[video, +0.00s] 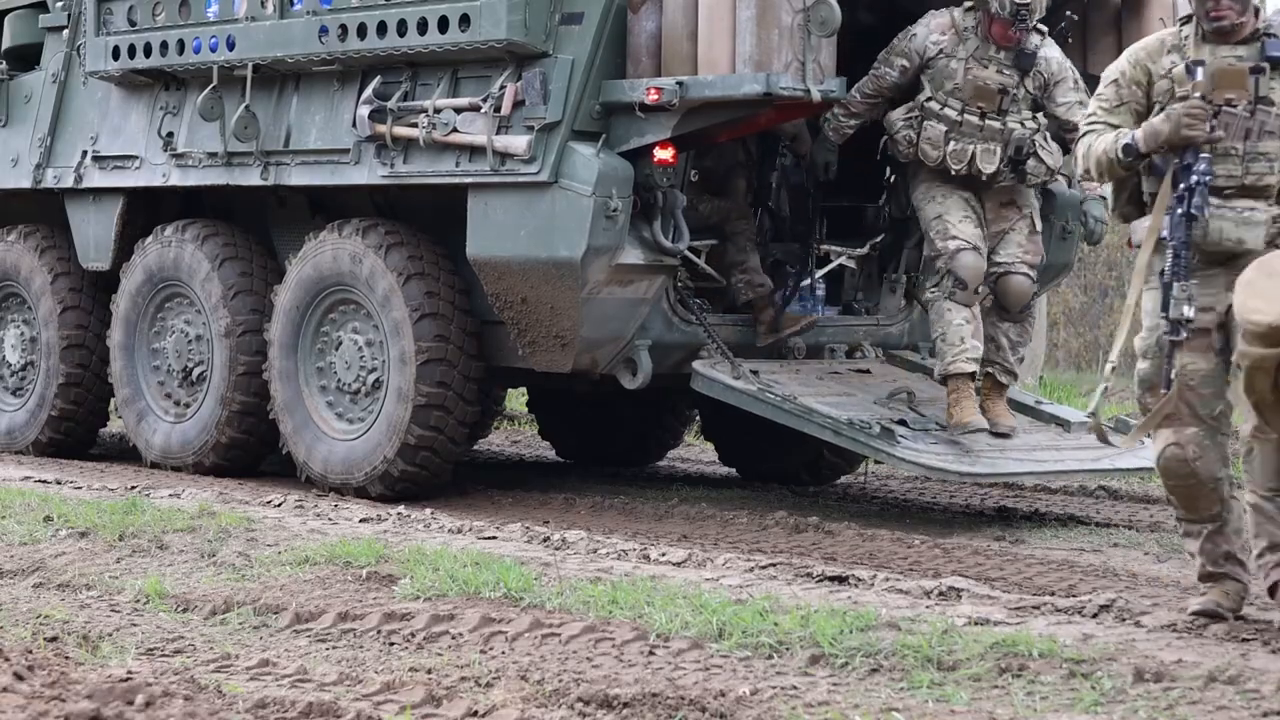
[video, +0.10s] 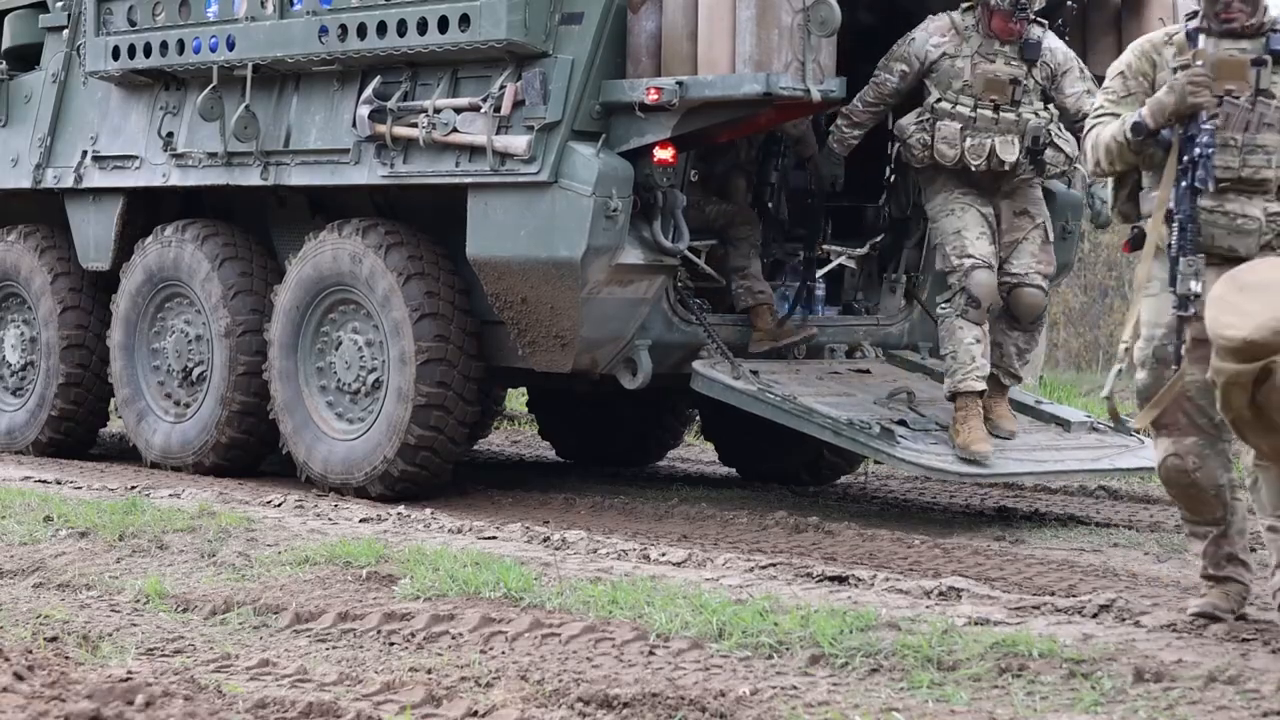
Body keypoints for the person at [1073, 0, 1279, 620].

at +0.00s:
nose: (1222, 6)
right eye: (1211, 0)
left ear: (1255, 4)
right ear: (1192, 3)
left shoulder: (1275, 51)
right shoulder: (1148, 58)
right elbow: (1089, 155)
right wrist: (1154, 133)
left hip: (1269, 265)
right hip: (1187, 266)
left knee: (1271, 428)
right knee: (1185, 448)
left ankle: (1269, 569)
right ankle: (1223, 579)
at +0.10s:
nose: (1236, 6)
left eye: (1247, 0)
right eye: (1223, 0)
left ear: (1265, 5)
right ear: (1200, 2)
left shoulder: (1278, 56)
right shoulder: (1152, 55)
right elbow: (1095, 153)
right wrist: (1157, 113)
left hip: (1269, 279)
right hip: (1181, 275)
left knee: (1272, 442)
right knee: (1185, 456)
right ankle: (1225, 577)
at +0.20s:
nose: (1243, 7)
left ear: (1271, 5)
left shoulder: (1277, 57)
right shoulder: (1160, 52)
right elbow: (1096, 157)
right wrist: (1148, 93)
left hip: (1268, 266)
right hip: (1179, 265)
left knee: (1262, 434)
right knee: (1178, 460)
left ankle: (1261, 559)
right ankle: (1235, 566)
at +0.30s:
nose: (1244, 8)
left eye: (1256, 0)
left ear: (1271, 5)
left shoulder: (1275, 56)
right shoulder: (1171, 51)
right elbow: (1095, 164)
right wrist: (1140, 85)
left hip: (1266, 270)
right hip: (1174, 270)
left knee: (1258, 430)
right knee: (1140, 452)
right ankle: (1220, 547)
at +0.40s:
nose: (1227, 6)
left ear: (1262, 3)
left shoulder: (1273, 55)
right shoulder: (1152, 55)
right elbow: (1095, 173)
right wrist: (1138, 99)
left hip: (1259, 280)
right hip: (1164, 278)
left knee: (1257, 444)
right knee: (1131, 431)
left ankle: (1251, 590)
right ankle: (1190, 590)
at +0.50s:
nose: (1200, 7)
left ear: (1242, 4)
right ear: (1171, 3)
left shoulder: (1269, 59)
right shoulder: (1132, 62)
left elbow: (1276, 193)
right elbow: (1082, 185)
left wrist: (1265, 277)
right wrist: (1122, 116)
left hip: (1253, 284)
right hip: (1151, 286)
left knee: (1258, 459)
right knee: (1126, 443)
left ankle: (1266, 627)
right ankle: (1138, 642)